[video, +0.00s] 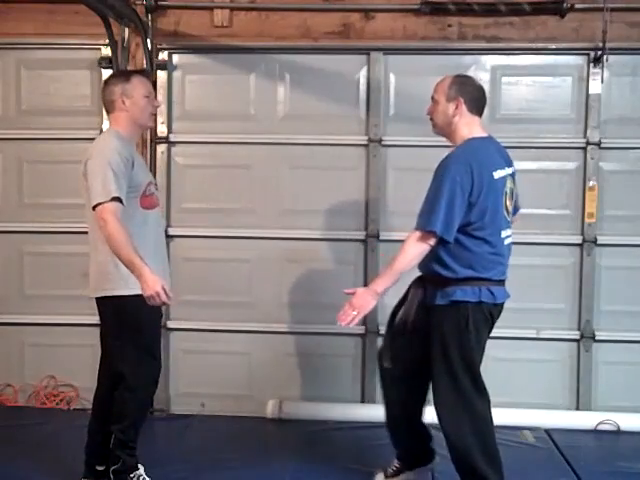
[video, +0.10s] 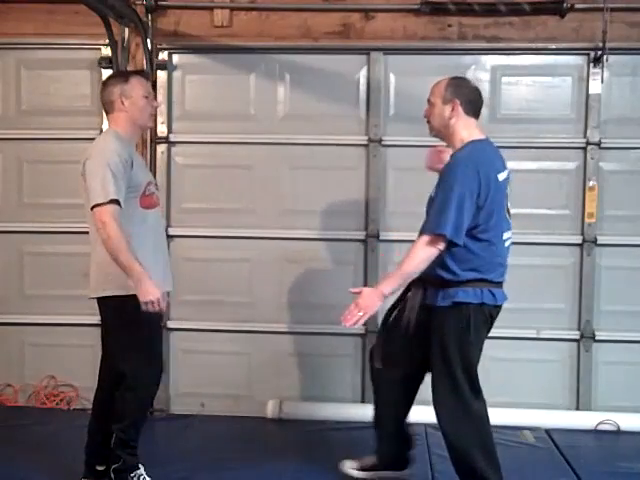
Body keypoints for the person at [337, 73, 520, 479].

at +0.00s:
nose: (429, 110)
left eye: (434, 102)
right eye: (430, 102)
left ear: (457, 107)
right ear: (468, 108)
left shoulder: (459, 162)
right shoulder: (496, 155)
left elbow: (425, 237)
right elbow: (505, 218)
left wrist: (374, 289)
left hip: (462, 297)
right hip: (435, 289)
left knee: (458, 395)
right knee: (397, 362)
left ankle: (484, 474)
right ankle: (413, 458)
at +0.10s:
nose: (425, 113)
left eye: (431, 105)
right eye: (427, 105)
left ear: (454, 109)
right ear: (463, 110)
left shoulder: (466, 164)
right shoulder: (488, 154)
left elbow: (434, 239)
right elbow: (485, 203)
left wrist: (381, 290)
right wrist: (452, 167)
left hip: (463, 297)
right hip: (440, 290)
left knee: (455, 397)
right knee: (390, 361)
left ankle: (483, 476)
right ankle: (391, 458)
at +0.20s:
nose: (420, 115)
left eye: (425, 106)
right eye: (422, 107)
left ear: (448, 111)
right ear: (453, 112)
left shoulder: (468, 164)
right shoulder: (469, 158)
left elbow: (449, 244)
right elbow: (450, 200)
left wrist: (390, 290)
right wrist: (423, 173)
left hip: (459, 299)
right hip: (438, 296)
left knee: (455, 403)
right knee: (393, 379)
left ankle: (484, 477)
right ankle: (357, 461)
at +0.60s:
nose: (378, 118)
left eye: (384, 111)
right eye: (380, 110)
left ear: (409, 117)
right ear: (407, 117)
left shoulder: (445, 172)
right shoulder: (376, 160)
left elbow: (462, 247)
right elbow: (323, 163)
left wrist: (404, 283)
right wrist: (280, 141)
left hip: (424, 307)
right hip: (374, 300)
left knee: (439, 406)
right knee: (343, 391)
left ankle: (474, 477)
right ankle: (330, 471)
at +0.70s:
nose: (365, 115)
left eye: (372, 108)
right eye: (367, 107)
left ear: (398, 115)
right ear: (389, 115)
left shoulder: (433, 171)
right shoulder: (356, 157)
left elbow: (456, 244)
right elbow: (302, 162)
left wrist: (404, 286)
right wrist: (261, 157)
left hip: (418, 305)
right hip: (365, 299)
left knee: (431, 400)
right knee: (338, 388)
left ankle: (461, 475)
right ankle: (332, 471)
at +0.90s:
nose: (340, 113)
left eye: (349, 107)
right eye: (343, 105)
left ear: (374, 118)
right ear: (369, 118)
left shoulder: (412, 167)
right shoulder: (339, 172)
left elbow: (442, 234)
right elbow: (294, 218)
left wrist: (410, 291)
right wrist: (243, 239)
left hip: (408, 300)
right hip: (356, 301)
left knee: (432, 402)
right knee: (332, 388)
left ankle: (459, 474)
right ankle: (329, 471)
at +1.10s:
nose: (349, 113)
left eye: (358, 107)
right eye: (351, 105)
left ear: (385, 119)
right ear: (369, 118)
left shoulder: (415, 167)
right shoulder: (341, 171)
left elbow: (438, 236)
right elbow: (302, 220)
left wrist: (399, 292)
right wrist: (254, 251)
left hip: (413, 302)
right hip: (358, 302)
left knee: (434, 402)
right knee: (331, 384)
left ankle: (461, 476)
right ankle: (330, 470)